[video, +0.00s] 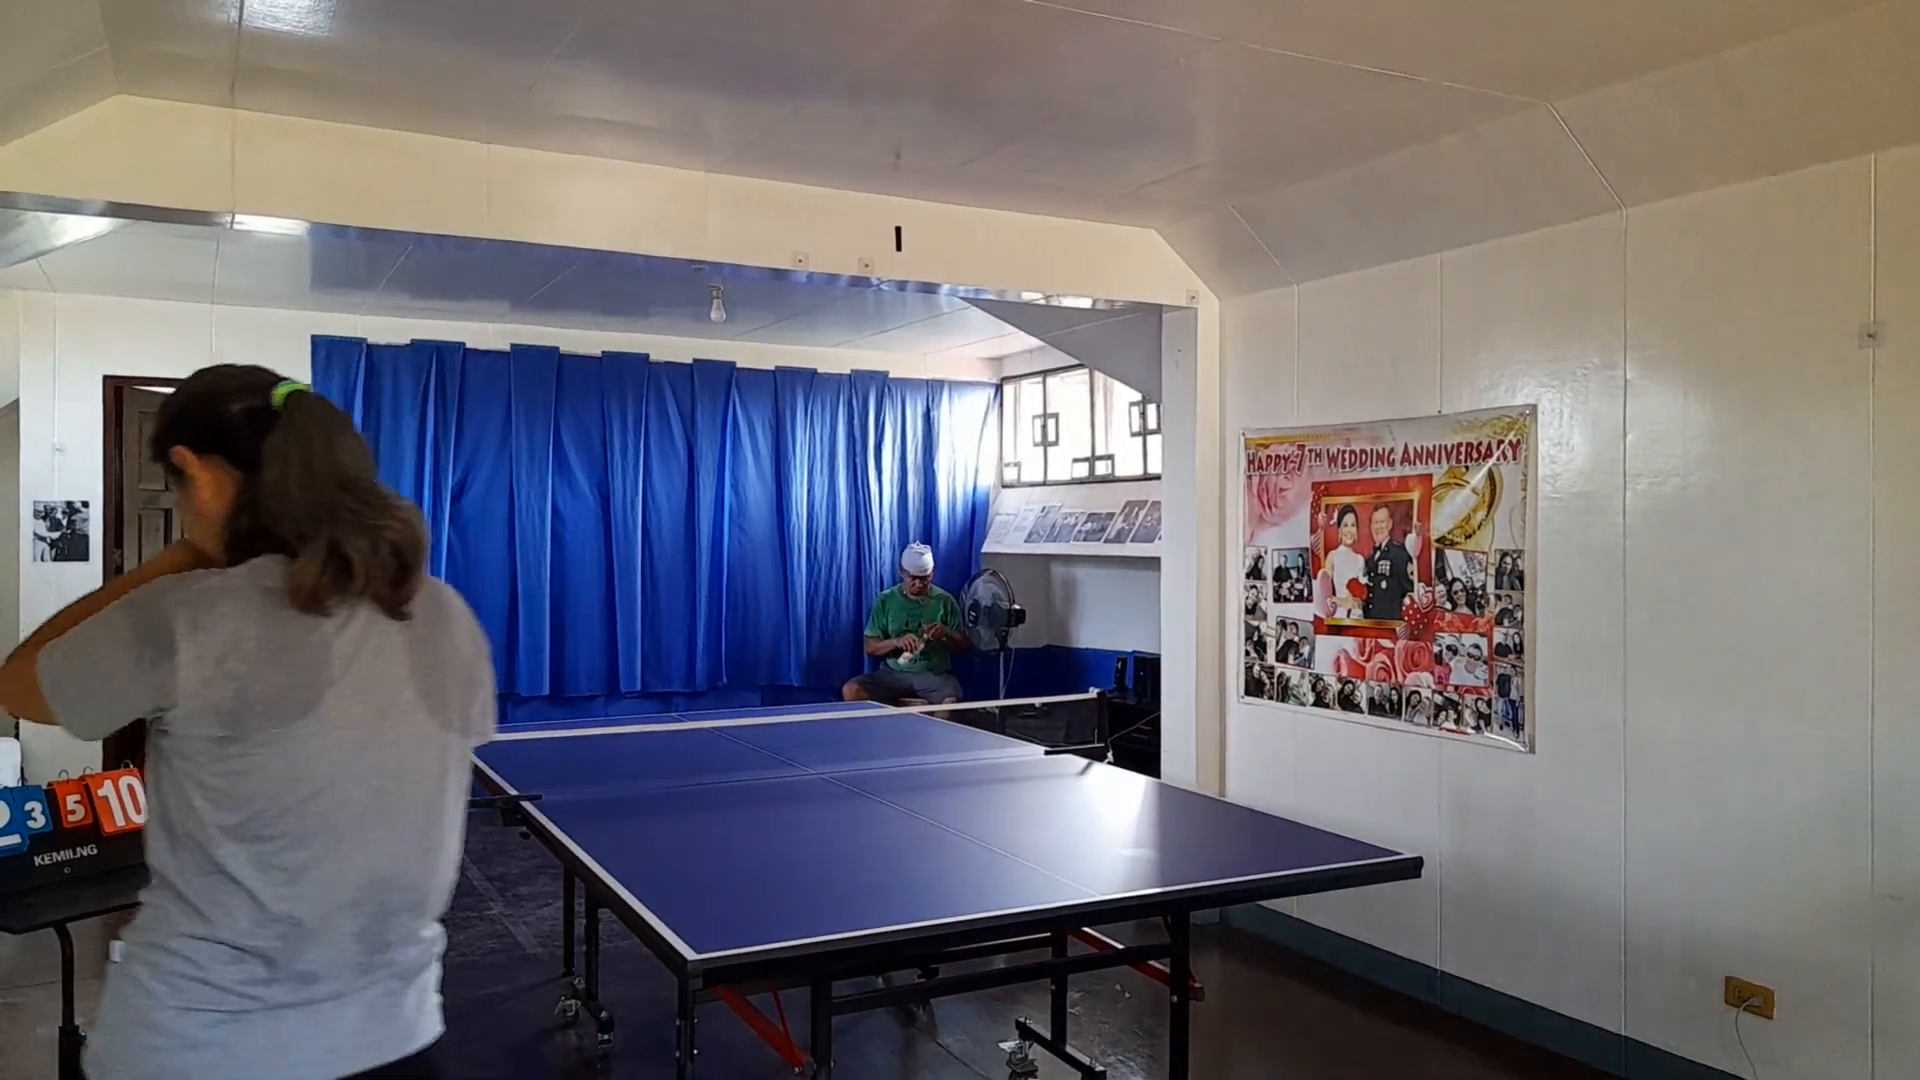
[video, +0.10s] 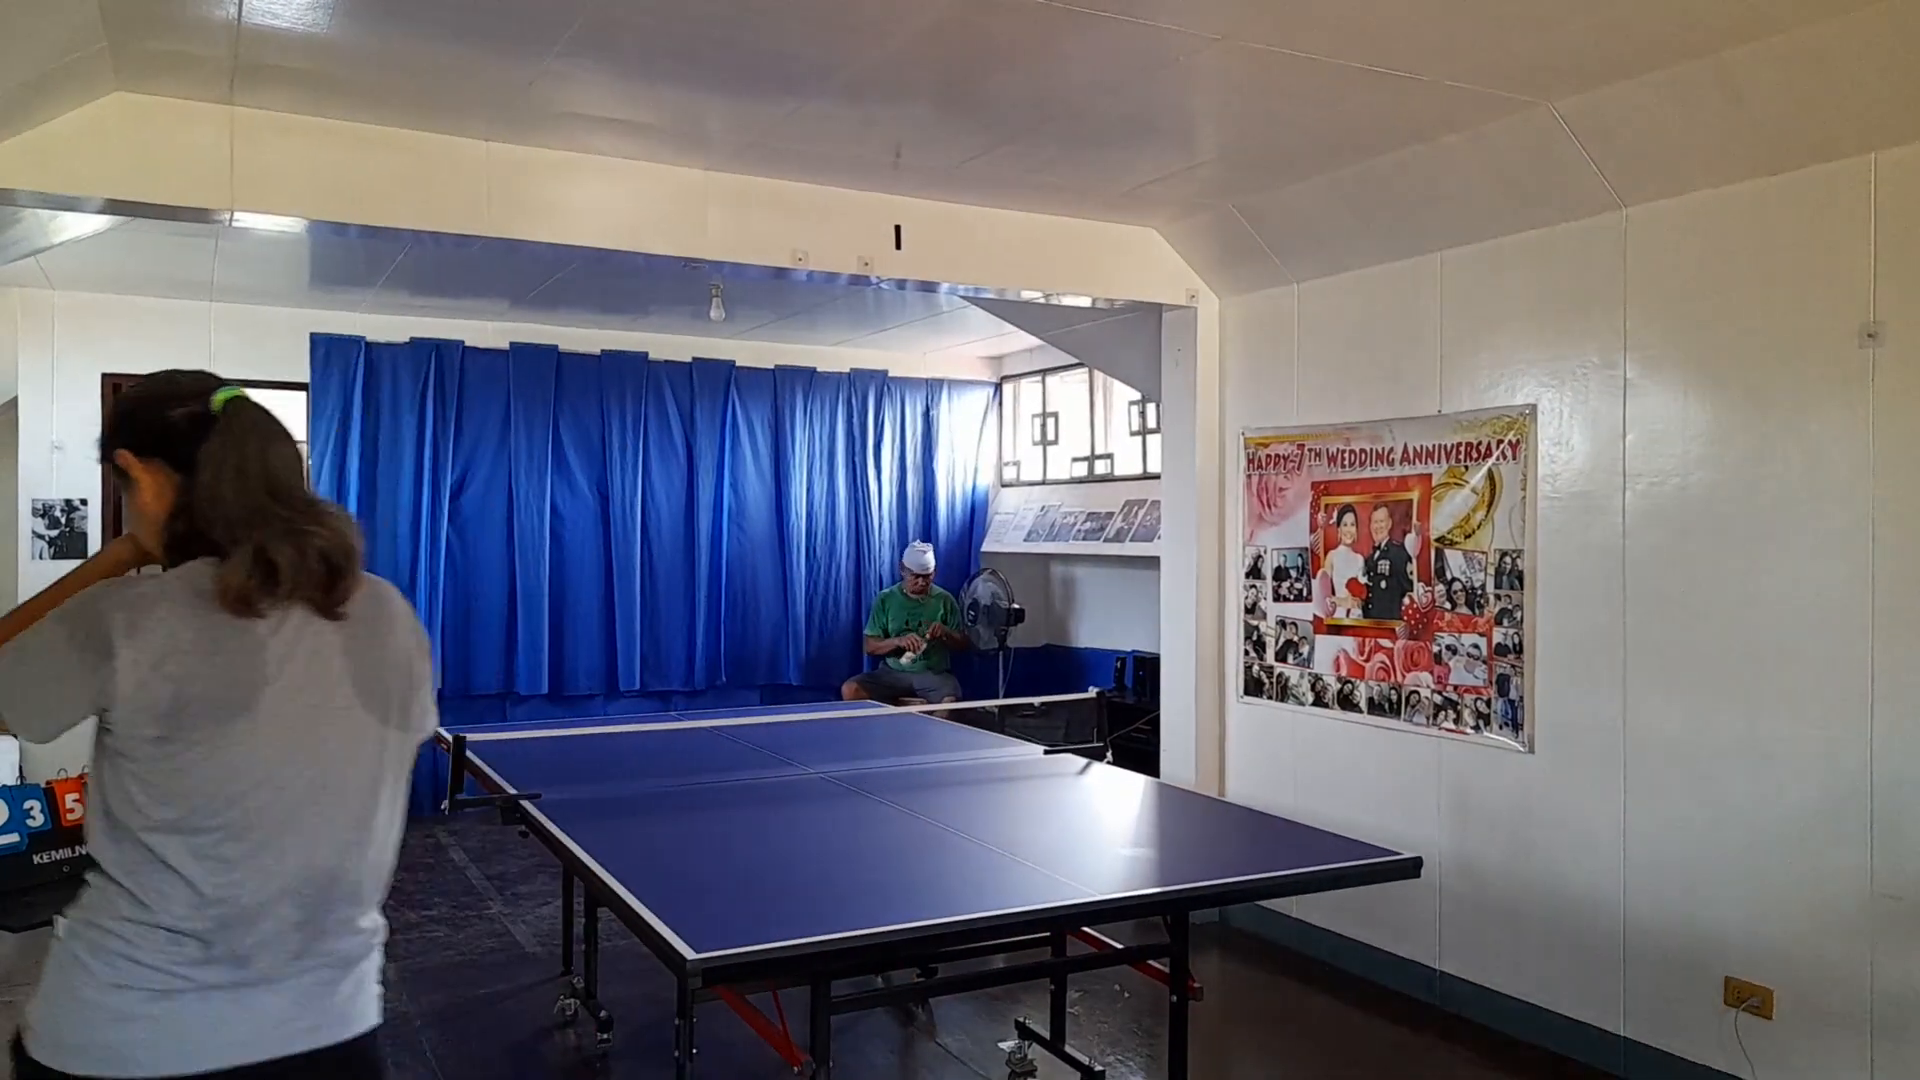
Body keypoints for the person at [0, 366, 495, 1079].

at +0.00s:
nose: (185, 512)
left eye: (180, 486)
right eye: (180, 489)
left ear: (198, 477)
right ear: (324, 461)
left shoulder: (187, 622)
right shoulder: (445, 618)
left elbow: (16, 685)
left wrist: (175, 563)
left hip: (193, 1051)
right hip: (394, 1037)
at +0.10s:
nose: (132, 500)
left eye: (126, 482)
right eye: (124, 482)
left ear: (147, 480)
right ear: (266, 464)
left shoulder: (123, 625)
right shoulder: (389, 619)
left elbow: (9, 667)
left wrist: (123, 555)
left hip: (122, 1053)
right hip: (334, 1038)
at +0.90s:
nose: (5, 477)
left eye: (4, 468)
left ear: (10, 477)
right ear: (121, 475)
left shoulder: (7, 582)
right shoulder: (188, 584)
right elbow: (239, 755)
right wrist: (269, 868)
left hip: (22, 932)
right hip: (157, 921)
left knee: (39, 1067)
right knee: (133, 1065)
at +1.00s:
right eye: (114, 464)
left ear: (5, 477)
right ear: (109, 475)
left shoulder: (4, 577)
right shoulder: (177, 579)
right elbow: (224, 744)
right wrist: (233, 837)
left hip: (14, 911)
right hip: (139, 905)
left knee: (17, 1067)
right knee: (110, 1067)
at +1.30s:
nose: (49, 499)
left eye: (43, 487)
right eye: (50, 487)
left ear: (32, 492)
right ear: (38, 491)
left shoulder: (78, 589)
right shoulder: (80, 589)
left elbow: (131, 747)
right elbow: (132, 748)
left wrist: (136, 820)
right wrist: (140, 821)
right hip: (55, 872)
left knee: (53, 1059)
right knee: (66, 1060)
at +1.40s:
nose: (22, 503)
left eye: (20, 491)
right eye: (24, 491)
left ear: (13, 485)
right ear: (15, 485)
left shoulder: (44, 578)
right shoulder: (43, 578)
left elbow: (89, 736)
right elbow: (89, 738)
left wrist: (104, 812)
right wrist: (107, 818)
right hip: (28, 858)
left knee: (43, 1042)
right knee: (41, 1047)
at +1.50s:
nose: (12, 485)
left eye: (8, 475)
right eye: (13, 474)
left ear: (4, 473)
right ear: (6, 473)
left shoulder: (19, 571)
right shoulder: (14, 570)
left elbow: (49, 728)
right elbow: (50, 729)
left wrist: (77, 807)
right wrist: (81, 809)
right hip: (7, 842)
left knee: (32, 1021)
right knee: (27, 1027)